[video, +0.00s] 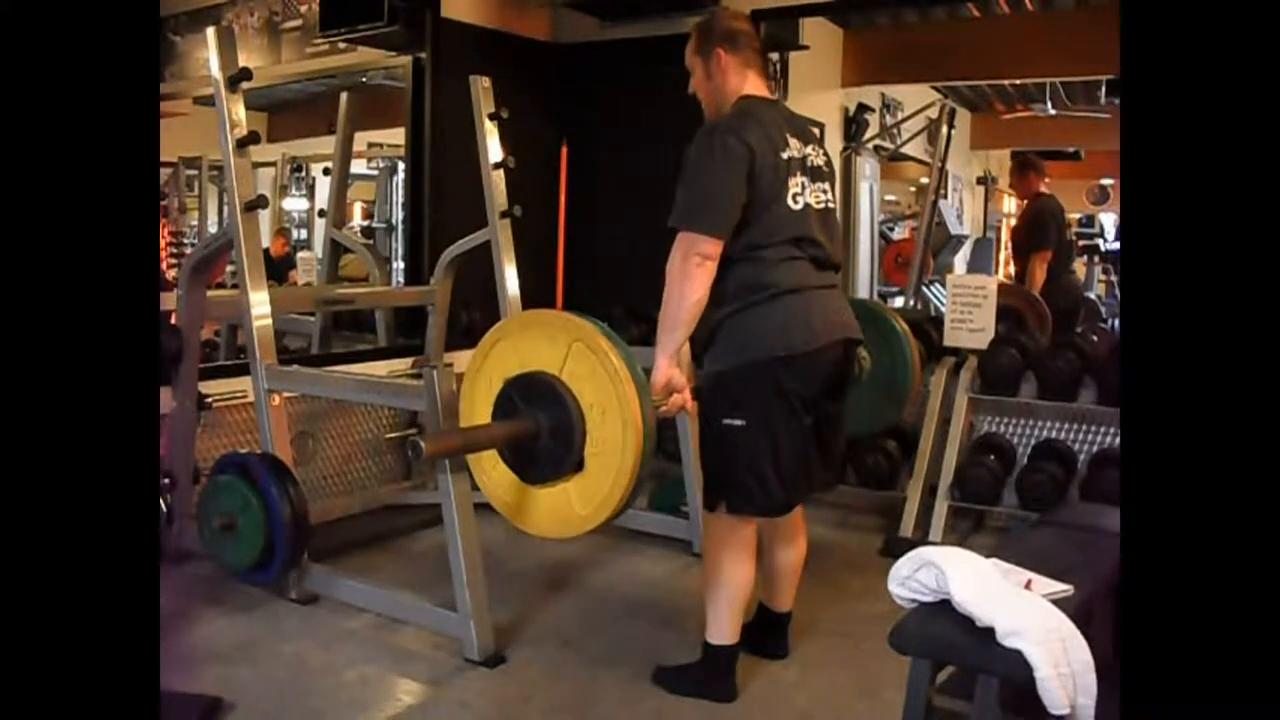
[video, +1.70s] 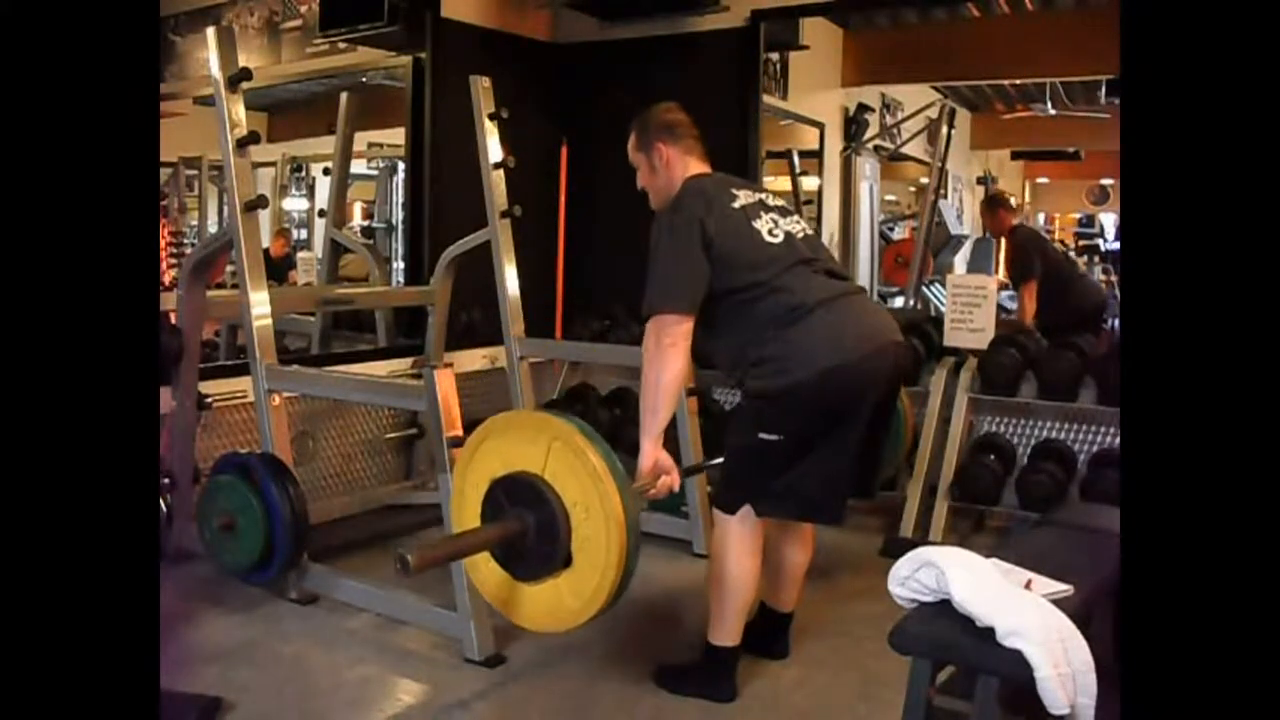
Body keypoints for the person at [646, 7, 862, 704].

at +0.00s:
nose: (693, 89)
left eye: (693, 74)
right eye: (691, 76)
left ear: (719, 62)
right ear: (753, 62)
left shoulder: (728, 134)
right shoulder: (808, 130)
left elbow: (698, 252)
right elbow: (807, 243)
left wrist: (668, 353)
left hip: (758, 347)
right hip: (828, 340)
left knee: (731, 511)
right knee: (784, 498)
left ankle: (715, 668)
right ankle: (772, 631)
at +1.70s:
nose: (641, 186)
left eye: (639, 169)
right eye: (637, 172)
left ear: (662, 156)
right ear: (695, 152)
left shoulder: (685, 212)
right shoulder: (751, 195)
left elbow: (669, 330)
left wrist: (651, 440)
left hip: (804, 361)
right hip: (878, 348)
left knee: (736, 503)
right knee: (795, 501)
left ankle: (716, 667)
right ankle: (772, 630)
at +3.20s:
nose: (671, 111)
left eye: (673, 96)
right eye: (671, 97)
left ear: (696, 90)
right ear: (733, 91)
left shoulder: (703, 157)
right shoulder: (779, 155)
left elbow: (679, 271)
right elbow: (815, 255)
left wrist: (661, 383)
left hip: (775, 357)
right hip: (844, 346)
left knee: (736, 502)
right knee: (797, 497)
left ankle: (717, 665)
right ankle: (775, 630)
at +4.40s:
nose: (662, 133)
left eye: (660, 116)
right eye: (658, 119)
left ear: (685, 99)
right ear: (720, 97)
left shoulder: (706, 160)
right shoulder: (783, 156)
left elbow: (689, 280)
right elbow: (814, 261)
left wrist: (669, 391)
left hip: (773, 356)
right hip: (844, 347)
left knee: (729, 511)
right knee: (789, 498)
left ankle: (716, 666)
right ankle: (773, 629)